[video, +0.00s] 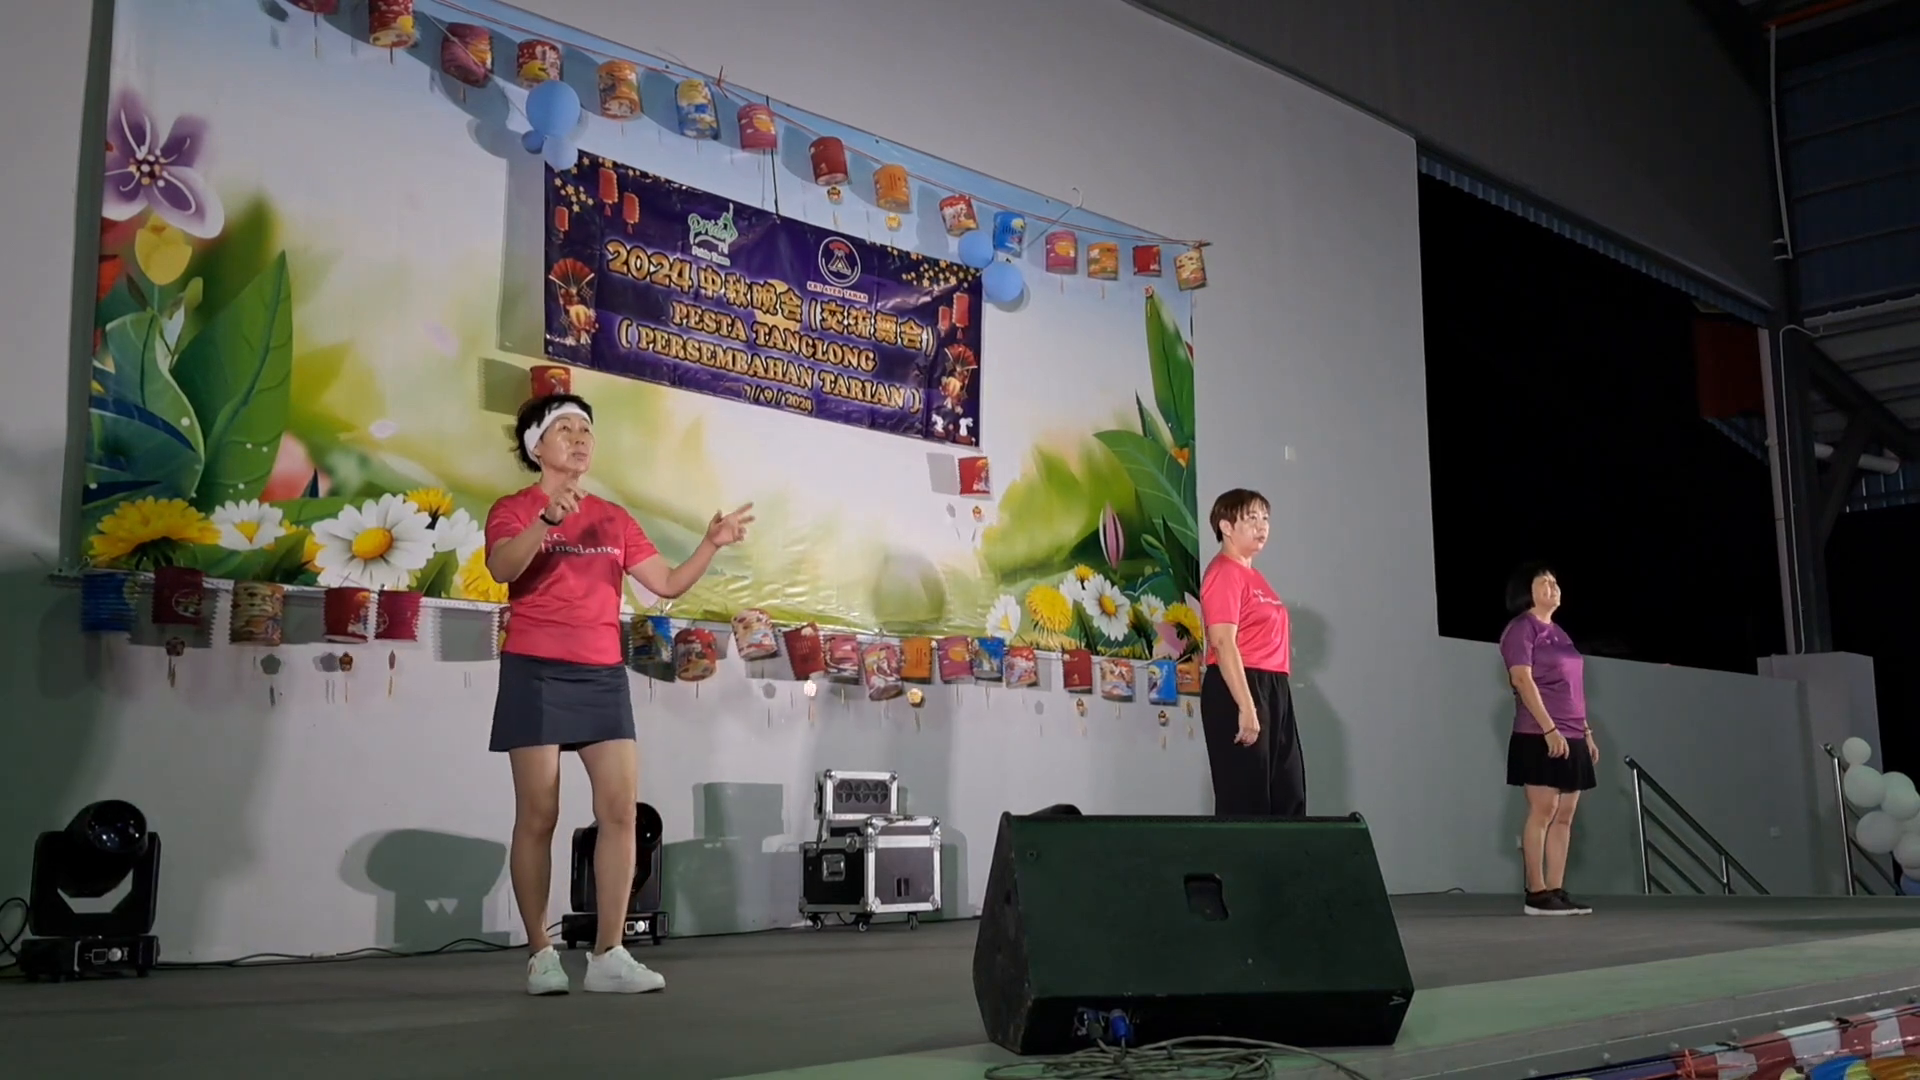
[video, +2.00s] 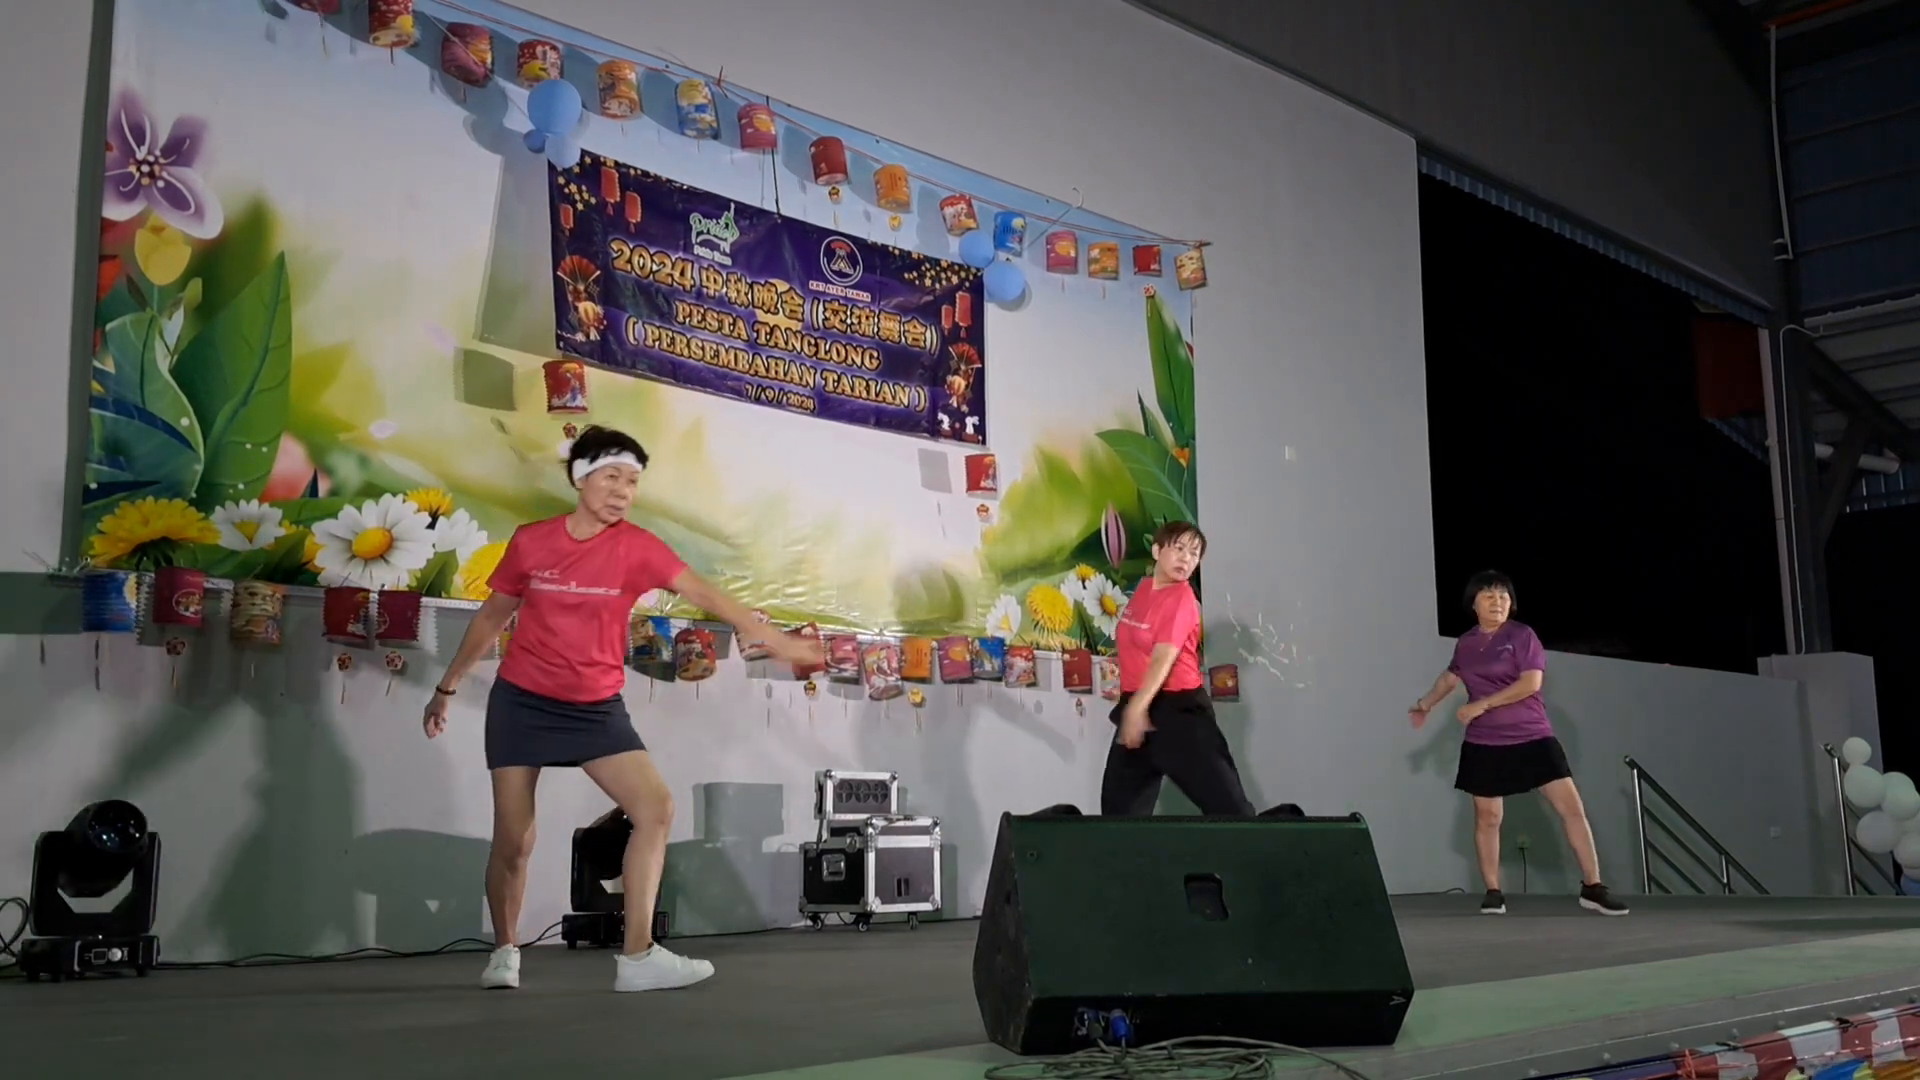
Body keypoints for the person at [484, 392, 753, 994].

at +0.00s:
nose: (579, 440)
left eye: (585, 432)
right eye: (565, 431)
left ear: (593, 448)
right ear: (535, 446)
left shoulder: (611, 518)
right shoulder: (515, 510)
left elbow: (666, 585)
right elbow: (501, 569)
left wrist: (710, 544)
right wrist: (545, 522)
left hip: (603, 675)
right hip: (534, 672)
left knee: (620, 808)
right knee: (539, 813)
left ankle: (609, 953)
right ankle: (541, 951)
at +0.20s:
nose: (580, 438)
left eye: (586, 430)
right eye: (566, 429)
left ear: (593, 445)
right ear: (535, 443)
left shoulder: (615, 517)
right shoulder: (515, 509)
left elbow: (663, 588)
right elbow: (500, 579)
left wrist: (728, 615)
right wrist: (535, 586)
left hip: (606, 674)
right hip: (539, 672)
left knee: (616, 811)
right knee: (541, 813)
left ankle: (609, 953)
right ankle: (542, 951)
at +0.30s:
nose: (581, 438)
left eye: (586, 430)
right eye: (568, 428)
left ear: (593, 444)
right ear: (537, 442)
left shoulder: (616, 517)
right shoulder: (515, 512)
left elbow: (648, 599)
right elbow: (500, 595)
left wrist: (686, 668)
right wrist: (512, 661)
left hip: (607, 677)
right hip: (538, 674)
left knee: (619, 810)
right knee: (539, 813)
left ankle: (610, 952)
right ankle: (541, 950)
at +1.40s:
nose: (592, 466)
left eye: (599, 455)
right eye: (580, 454)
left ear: (606, 461)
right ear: (546, 457)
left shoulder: (619, 526)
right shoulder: (507, 528)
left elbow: (645, 607)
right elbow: (484, 616)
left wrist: (667, 608)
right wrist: (438, 656)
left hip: (604, 684)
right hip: (530, 683)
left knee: (623, 809)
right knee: (531, 827)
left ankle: (594, 951)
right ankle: (512, 930)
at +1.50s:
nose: (584, 482)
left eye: (594, 472)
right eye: (572, 469)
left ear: (601, 478)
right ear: (544, 470)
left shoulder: (615, 539)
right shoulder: (504, 540)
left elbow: (634, 623)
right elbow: (477, 632)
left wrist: (627, 649)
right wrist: (427, 704)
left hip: (596, 697)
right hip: (519, 696)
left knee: (624, 811)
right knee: (510, 836)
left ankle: (593, 949)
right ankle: (503, 945)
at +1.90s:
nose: (602, 493)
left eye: (612, 484)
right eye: (591, 480)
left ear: (619, 491)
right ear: (562, 484)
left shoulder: (620, 550)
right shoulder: (518, 544)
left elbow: (653, 613)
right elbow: (490, 621)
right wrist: (457, 682)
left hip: (586, 709)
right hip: (511, 703)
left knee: (641, 808)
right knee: (507, 839)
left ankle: (635, 950)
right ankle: (506, 947)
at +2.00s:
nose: (623, 491)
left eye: (631, 481)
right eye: (611, 478)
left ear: (636, 487)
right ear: (578, 480)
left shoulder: (640, 548)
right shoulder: (531, 543)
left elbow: (706, 596)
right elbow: (492, 615)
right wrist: (448, 684)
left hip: (596, 708)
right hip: (520, 701)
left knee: (654, 809)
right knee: (514, 841)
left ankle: (638, 954)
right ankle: (506, 948)